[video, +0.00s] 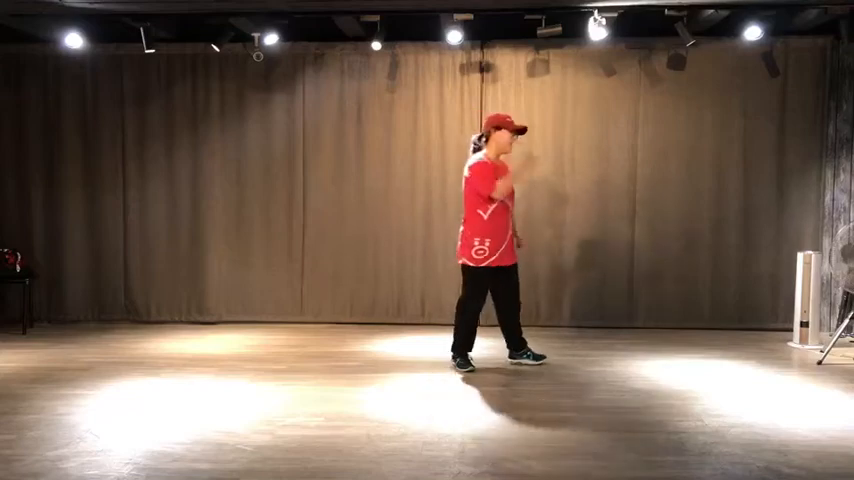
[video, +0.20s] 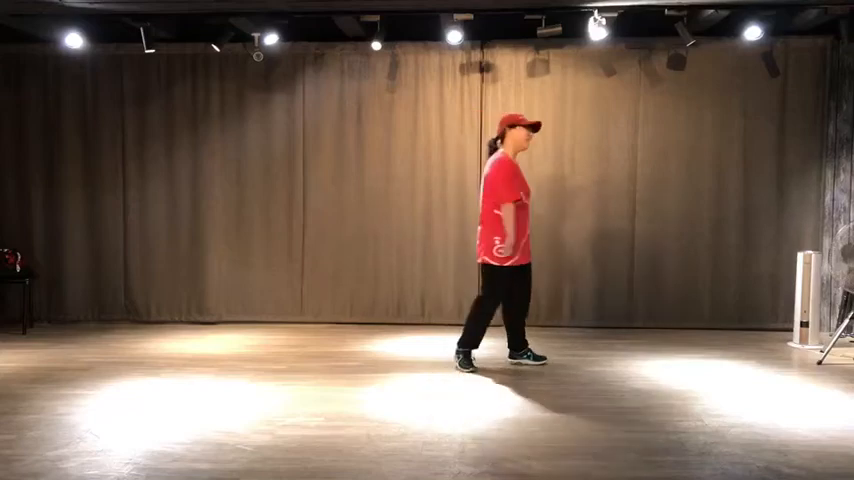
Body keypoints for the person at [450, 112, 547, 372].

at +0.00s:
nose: (513, 141)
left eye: (513, 136)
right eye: (510, 135)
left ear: (498, 137)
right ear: (494, 135)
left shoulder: (503, 167)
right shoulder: (477, 165)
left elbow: (507, 205)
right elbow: (497, 192)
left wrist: (512, 232)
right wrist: (519, 170)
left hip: (502, 248)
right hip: (478, 249)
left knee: (509, 302)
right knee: (471, 304)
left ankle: (517, 349)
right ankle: (460, 353)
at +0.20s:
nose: (530, 136)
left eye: (530, 132)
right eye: (526, 131)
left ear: (511, 134)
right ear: (510, 132)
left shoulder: (508, 164)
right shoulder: (502, 164)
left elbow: (508, 205)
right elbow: (507, 205)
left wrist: (517, 237)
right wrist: (510, 237)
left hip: (516, 250)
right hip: (499, 249)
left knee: (517, 301)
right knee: (489, 299)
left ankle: (518, 349)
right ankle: (464, 349)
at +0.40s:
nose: (543, 138)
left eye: (543, 133)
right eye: (540, 133)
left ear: (525, 134)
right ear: (524, 133)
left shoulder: (521, 163)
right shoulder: (513, 162)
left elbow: (504, 200)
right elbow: (499, 198)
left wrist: (493, 230)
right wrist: (491, 230)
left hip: (524, 245)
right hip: (515, 246)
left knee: (522, 301)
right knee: (518, 301)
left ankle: (518, 348)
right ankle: (495, 346)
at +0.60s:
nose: (553, 147)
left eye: (554, 142)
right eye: (552, 141)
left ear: (539, 138)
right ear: (538, 137)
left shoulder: (527, 161)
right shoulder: (520, 160)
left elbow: (516, 192)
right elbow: (511, 187)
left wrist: (539, 197)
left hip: (525, 243)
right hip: (524, 244)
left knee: (521, 294)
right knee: (544, 292)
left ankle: (518, 347)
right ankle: (530, 348)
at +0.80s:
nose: (566, 147)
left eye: (567, 142)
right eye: (564, 142)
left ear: (548, 138)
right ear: (550, 138)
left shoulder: (536, 162)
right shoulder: (534, 164)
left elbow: (539, 206)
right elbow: (549, 198)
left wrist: (552, 237)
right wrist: (580, 192)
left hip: (532, 246)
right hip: (531, 248)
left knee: (523, 299)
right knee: (545, 303)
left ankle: (518, 350)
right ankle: (559, 357)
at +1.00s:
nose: (577, 148)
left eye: (578, 144)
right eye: (575, 143)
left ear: (557, 139)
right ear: (564, 141)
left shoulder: (544, 163)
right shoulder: (552, 168)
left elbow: (552, 209)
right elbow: (558, 212)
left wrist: (557, 241)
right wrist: (563, 245)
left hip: (542, 248)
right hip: (550, 250)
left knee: (545, 298)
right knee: (556, 304)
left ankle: (523, 347)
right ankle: (561, 360)